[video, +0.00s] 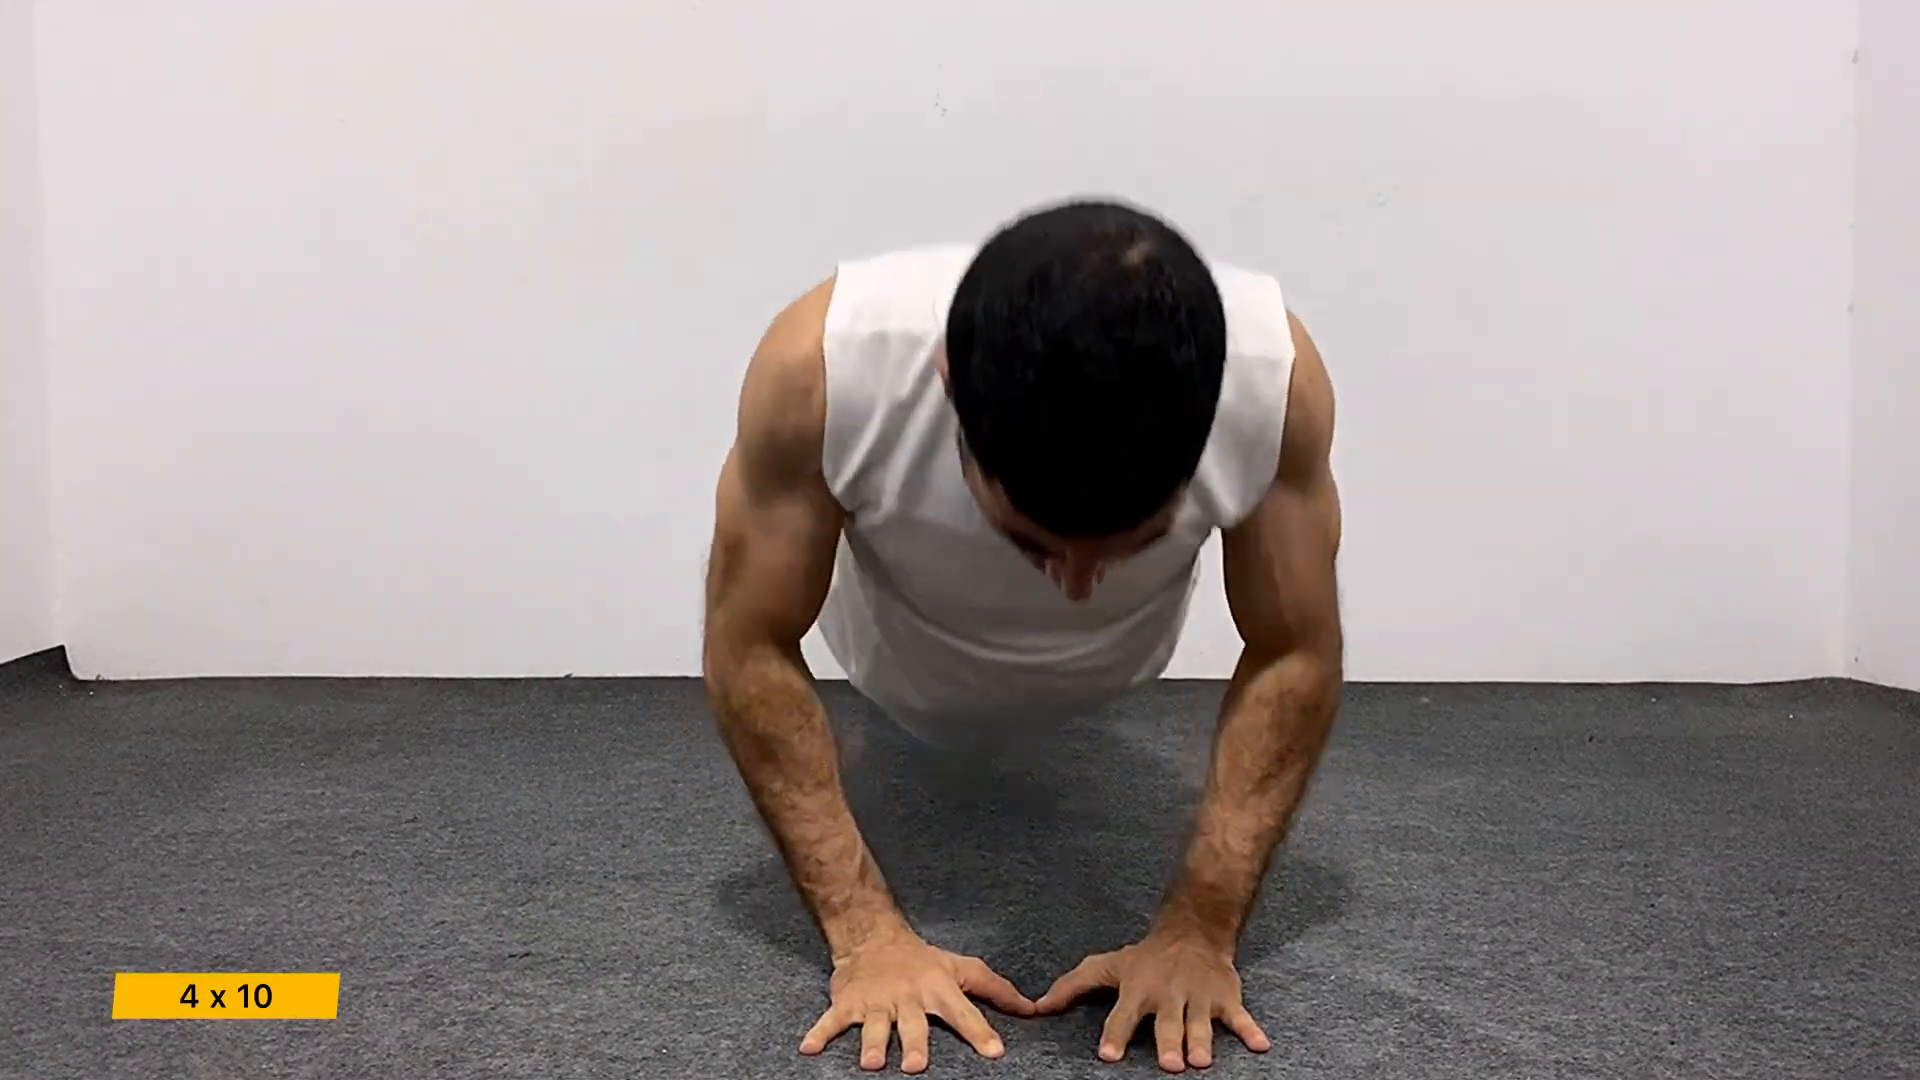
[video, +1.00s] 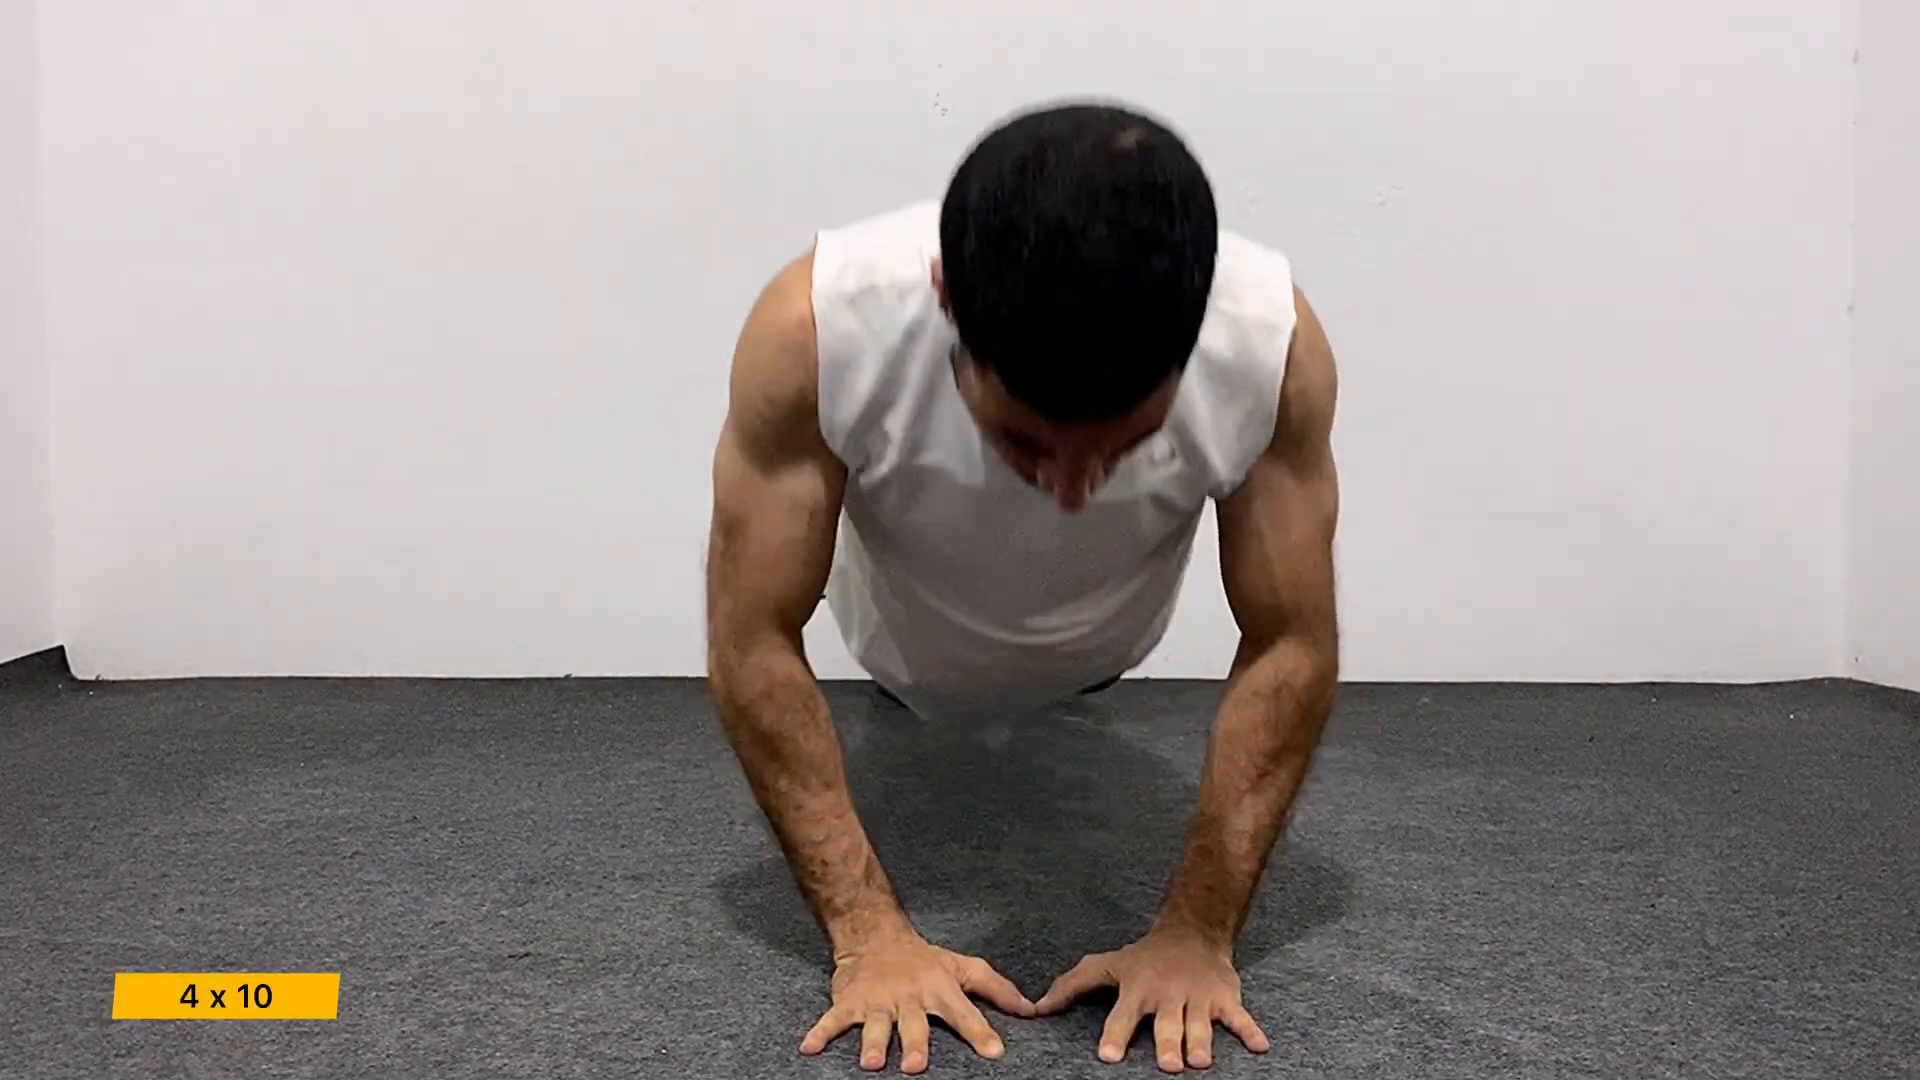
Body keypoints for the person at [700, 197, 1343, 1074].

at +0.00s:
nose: (1077, 579)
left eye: (1130, 542)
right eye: (1034, 540)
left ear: (1204, 428)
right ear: (948, 392)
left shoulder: (1270, 382)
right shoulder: (820, 371)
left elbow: (1294, 652)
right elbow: (747, 649)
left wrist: (1200, 927)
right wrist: (868, 935)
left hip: (1118, 666)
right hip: (908, 674)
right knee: (915, 698)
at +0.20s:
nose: (1093, 871)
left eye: (1136, 833)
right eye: (1051, 826)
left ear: (1227, 697)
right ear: (967, 672)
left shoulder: (1295, 573)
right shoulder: (826, 569)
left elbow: (1314, 707)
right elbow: (709, 692)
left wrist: (1203, 927)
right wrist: (863, 933)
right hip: (911, 816)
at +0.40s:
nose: (1104, 1052)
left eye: (1138, 1025)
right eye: (1059, 1019)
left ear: (1240, 812)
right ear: (958, 817)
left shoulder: (1306, 684)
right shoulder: (834, 688)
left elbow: (1349, 716)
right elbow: (698, 682)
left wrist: (1222, 944)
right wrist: (861, 940)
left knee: (1047, 620)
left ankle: (1015, 577)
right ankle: (900, 589)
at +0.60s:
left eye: (1122, 1018)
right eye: (1032, 999)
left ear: (1234, 808)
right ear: (956, 804)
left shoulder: (1303, 679)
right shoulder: (827, 680)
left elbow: (1347, 712)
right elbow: (702, 682)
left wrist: (1217, 947)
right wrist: (862, 939)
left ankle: (1012, 567)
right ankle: (897, 569)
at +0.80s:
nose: (1087, 784)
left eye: (1131, 745)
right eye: (1042, 741)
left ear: (1212, 632)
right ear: (951, 591)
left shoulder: (1290, 535)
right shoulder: (820, 521)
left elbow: (1307, 696)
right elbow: (722, 688)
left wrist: (1202, 923)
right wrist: (864, 932)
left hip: (1149, 769)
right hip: (903, 781)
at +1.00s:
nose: (1071, 490)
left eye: (1123, 440)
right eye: (1027, 440)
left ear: (1179, 347)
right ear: (947, 301)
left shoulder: (1270, 349)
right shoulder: (814, 334)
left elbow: (1290, 644)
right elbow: (749, 641)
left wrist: (1197, 929)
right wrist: (869, 933)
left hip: (1105, 656)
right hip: (904, 656)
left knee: (1088, 675)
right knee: (904, 675)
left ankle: (1075, 672)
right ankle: (910, 678)